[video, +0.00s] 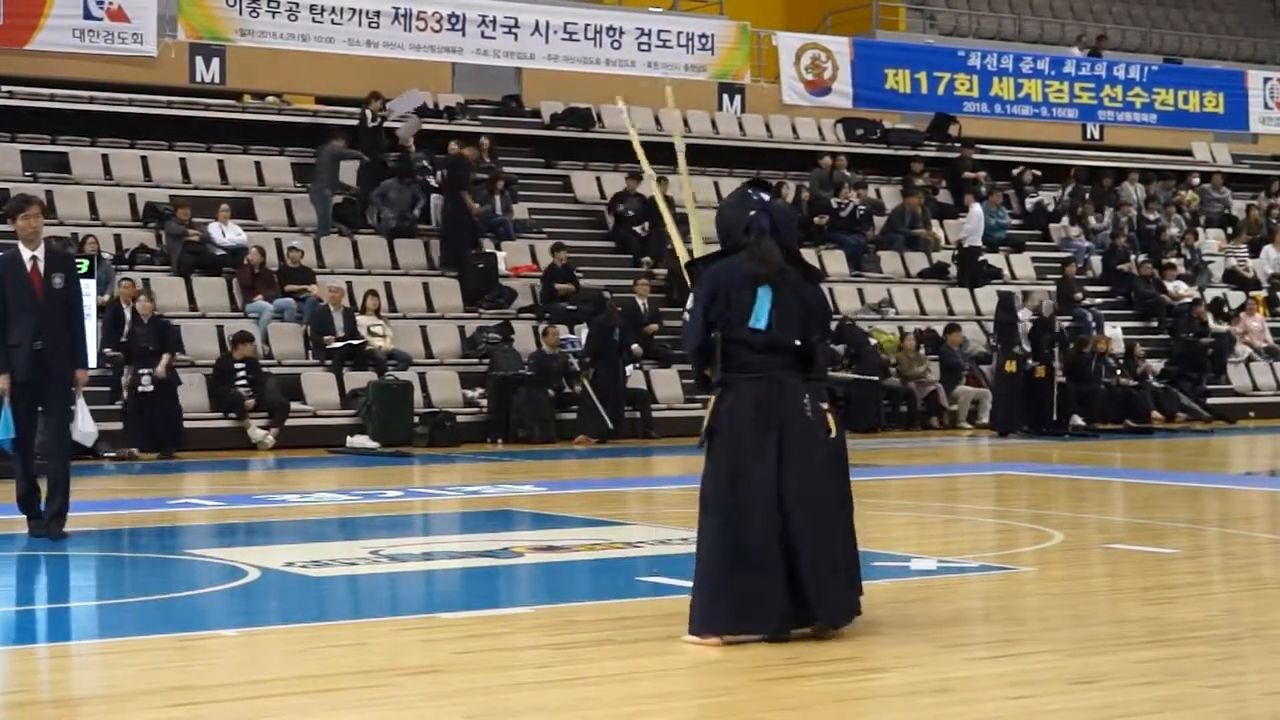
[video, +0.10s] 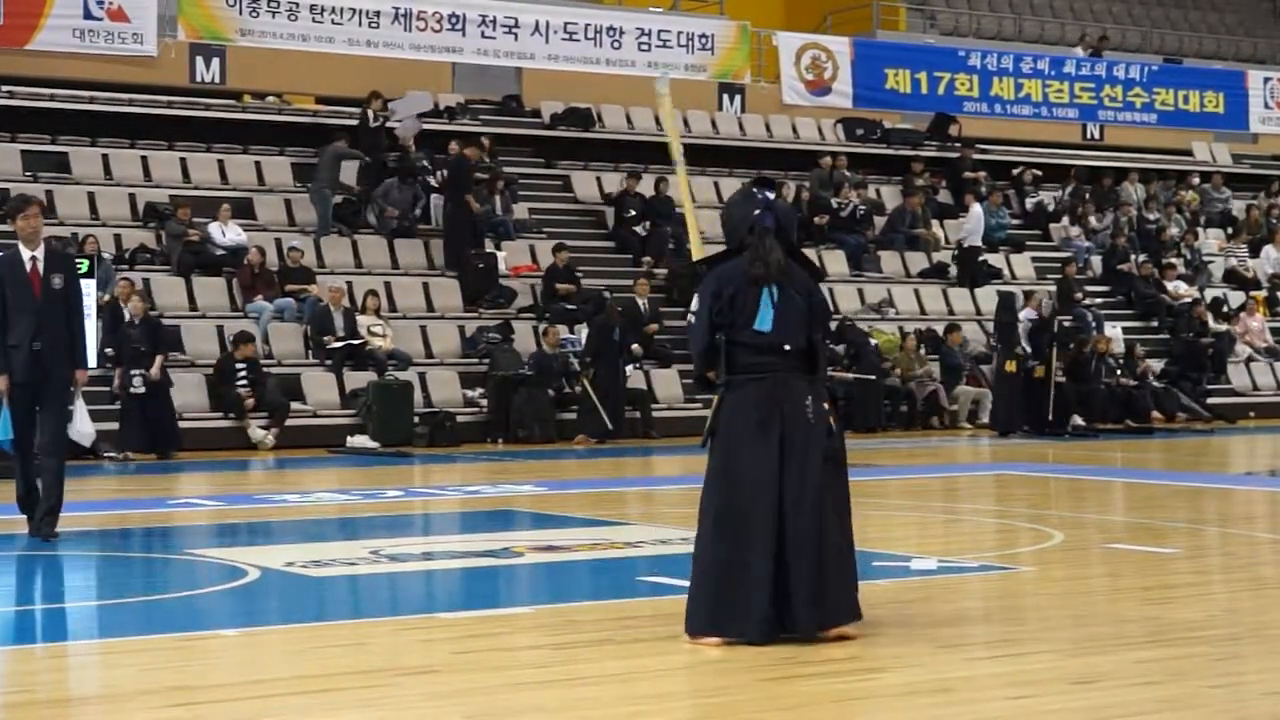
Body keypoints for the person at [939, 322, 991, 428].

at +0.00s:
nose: (961, 337)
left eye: (961, 335)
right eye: (958, 334)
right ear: (948, 336)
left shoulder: (958, 351)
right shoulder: (945, 351)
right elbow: (956, 363)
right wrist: (966, 364)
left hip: (963, 385)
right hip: (950, 386)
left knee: (986, 393)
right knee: (967, 392)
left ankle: (983, 419)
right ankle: (961, 421)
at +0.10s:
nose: (961, 337)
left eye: (960, 334)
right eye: (958, 334)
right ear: (949, 336)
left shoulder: (958, 350)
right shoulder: (946, 351)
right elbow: (956, 364)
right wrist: (965, 365)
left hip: (963, 385)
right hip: (951, 387)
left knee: (986, 393)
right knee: (967, 392)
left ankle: (983, 419)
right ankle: (962, 421)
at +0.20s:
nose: (961, 337)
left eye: (960, 334)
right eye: (958, 334)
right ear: (949, 336)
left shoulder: (958, 350)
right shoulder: (946, 351)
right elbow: (956, 364)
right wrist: (965, 365)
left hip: (963, 385)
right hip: (950, 386)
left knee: (986, 393)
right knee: (967, 392)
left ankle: (983, 419)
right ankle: (962, 421)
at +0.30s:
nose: (961, 337)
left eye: (961, 334)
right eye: (958, 334)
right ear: (950, 336)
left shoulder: (958, 350)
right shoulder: (946, 351)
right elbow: (956, 364)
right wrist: (966, 365)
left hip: (963, 385)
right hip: (951, 386)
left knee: (986, 393)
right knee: (967, 392)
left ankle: (983, 419)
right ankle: (962, 421)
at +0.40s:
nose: (961, 337)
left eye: (961, 334)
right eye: (958, 334)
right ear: (950, 336)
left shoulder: (959, 351)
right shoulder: (946, 351)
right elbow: (956, 363)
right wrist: (966, 365)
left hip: (964, 385)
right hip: (951, 386)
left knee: (986, 393)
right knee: (967, 392)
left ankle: (983, 419)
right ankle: (962, 421)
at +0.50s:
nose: (961, 337)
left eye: (961, 334)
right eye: (958, 334)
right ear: (950, 336)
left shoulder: (959, 351)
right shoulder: (946, 351)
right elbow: (956, 363)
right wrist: (965, 364)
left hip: (964, 385)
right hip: (951, 386)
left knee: (986, 393)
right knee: (968, 392)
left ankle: (983, 419)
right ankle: (962, 421)